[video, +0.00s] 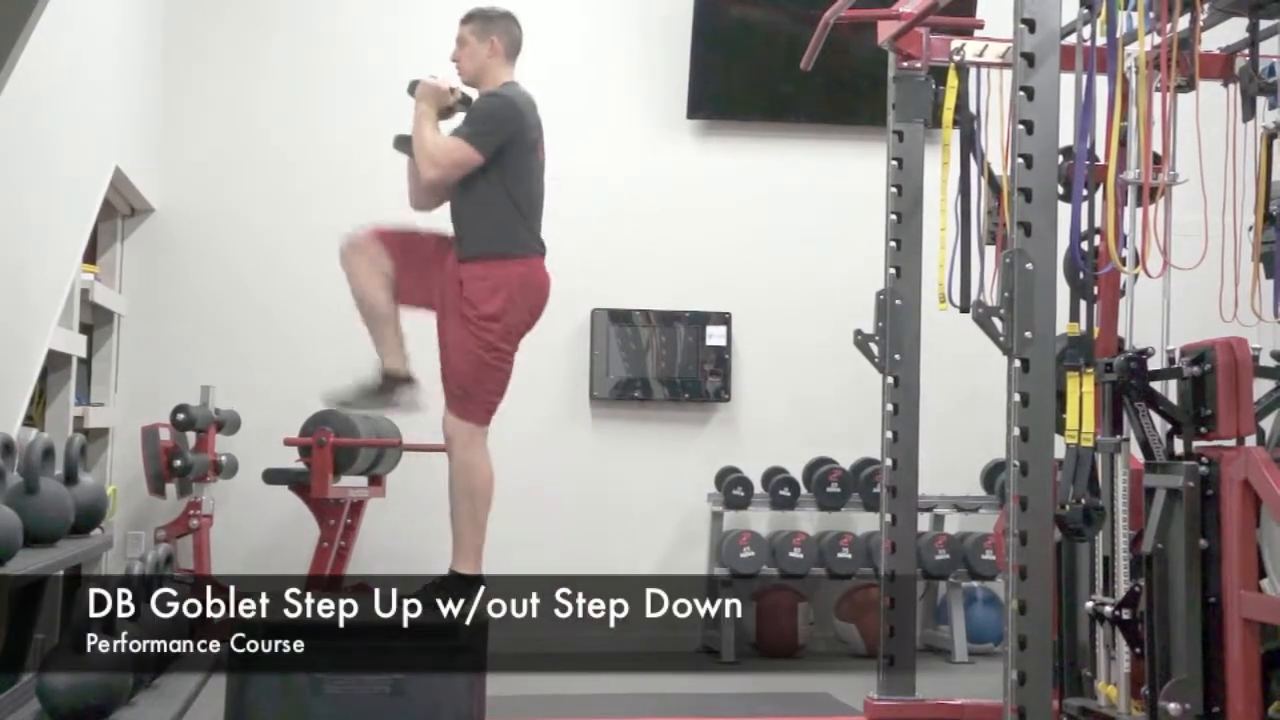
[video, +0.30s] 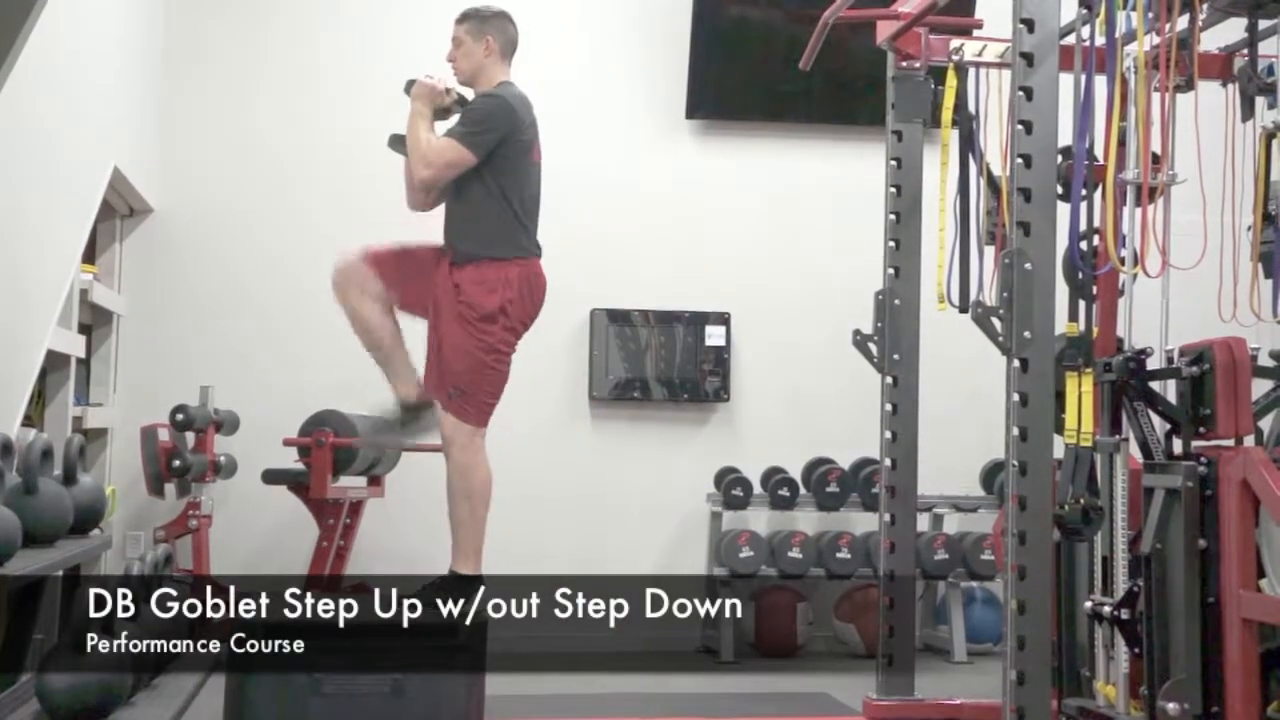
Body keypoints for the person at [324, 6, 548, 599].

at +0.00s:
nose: (453, 54)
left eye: (462, 43)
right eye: (455, 44)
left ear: (495, 46)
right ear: (495, 47)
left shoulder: (507, 105)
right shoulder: (488, 111)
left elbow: (434, 169)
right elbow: (422, 197)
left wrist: (425, 106)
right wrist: (427, 125)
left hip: (499, 280)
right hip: (466, 266)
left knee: (464, 432)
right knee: (363, 250)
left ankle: (465, 582)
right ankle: (395, 375)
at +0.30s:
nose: (449, 57)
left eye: (457, 45)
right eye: (451, 46)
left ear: (488, 47)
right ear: (489, 47)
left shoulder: (502, 105)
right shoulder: (483, 109)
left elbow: (428, 172)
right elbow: (420, 197)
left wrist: (420, 107)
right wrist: (425, 121)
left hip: (494, 282)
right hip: (455, 269)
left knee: (462, 433)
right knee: (355, 275)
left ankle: (465, 582)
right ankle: (412, 399)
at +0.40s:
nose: (449, 61)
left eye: (457, 49)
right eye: (450, 50)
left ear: (490, 49)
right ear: (493, 51)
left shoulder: (500, 107)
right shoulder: (483, 114)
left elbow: (427, 175)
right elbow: (422, 198)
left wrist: (422, 111)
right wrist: (424, 130)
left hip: (499, 283)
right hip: (467, 278)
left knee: (454, 430)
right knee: (375, 357)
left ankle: (463, 583)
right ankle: (471, 463)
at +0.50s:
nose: (448, 67)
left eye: (457, 56)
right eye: (450, 56)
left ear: (489, 58)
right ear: (490, 59)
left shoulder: (503, 118)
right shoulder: (490, 124)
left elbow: (429, 186)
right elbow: (417, 207)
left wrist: (422, 120)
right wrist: (420, 135)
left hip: (505, 290)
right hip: (495, 289)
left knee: (439, 425)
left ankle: (462, 580)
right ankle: (518, 533)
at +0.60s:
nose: (448, 91)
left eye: (456, 80)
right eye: (449, 80)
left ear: (489, 81)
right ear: (490, 82)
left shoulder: (504, 140)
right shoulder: (488, 146)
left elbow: (433, 206)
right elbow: (415, 230)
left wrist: (422, 144)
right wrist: (421, 158)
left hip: (510, 309)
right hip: (518, 310)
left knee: (422, 434)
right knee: (488, 457)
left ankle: (461, 582)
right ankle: (550, 593)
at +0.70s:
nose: (452, 125)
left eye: (460, 114)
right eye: (453, 115)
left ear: (493, 115)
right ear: (493, 116)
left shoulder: (508, 175)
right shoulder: (493, 181)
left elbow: (439, 240)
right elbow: (421, 265)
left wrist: (427, 176)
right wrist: (425, 197)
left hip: (519, 342)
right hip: (537, 343)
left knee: (412, 438)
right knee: (529, 490)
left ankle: (461, 585)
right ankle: (568, 626)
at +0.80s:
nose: (463, 168)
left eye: (472, 156)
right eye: (465, 157)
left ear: (505, 158)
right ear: (502, 159)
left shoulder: (521, 218)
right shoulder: (503, 225)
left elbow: (452, 283)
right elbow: (432, 304)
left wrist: (441, 220)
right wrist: (439, 237)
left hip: (536, 382)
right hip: (556, 386)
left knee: (408, 441)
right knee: (550, 535)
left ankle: (461, 581)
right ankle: (590, 682)